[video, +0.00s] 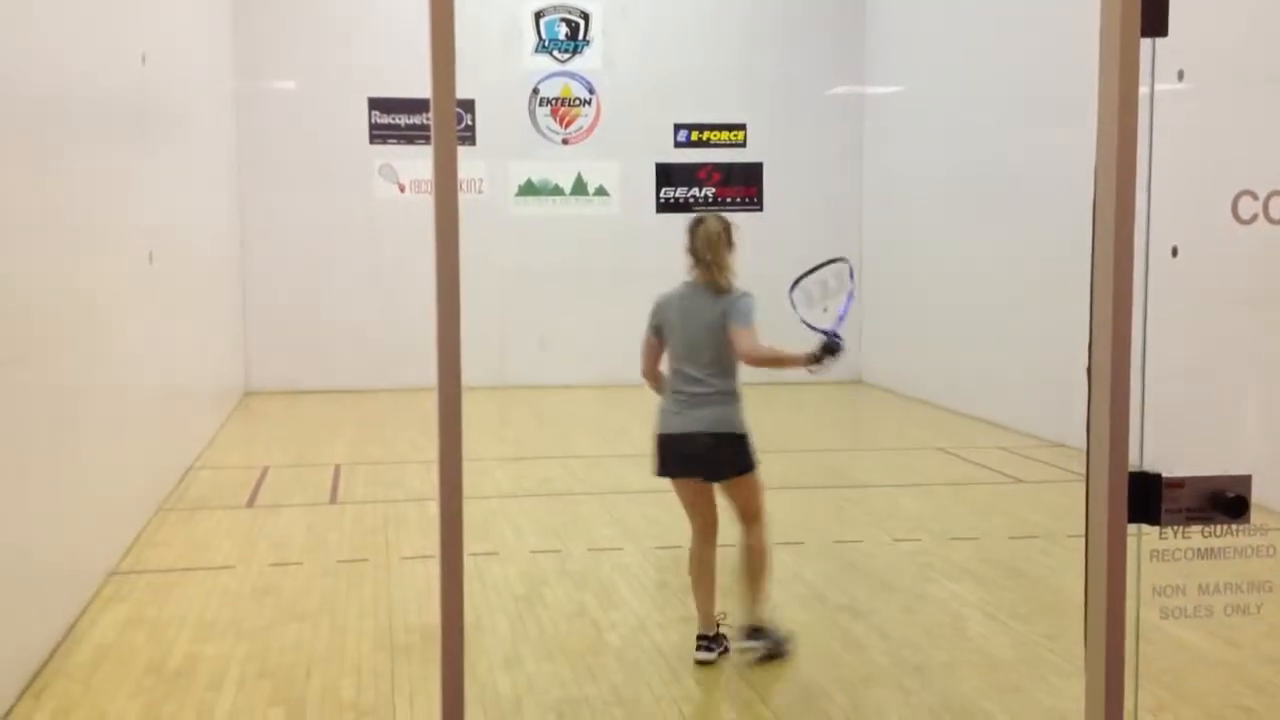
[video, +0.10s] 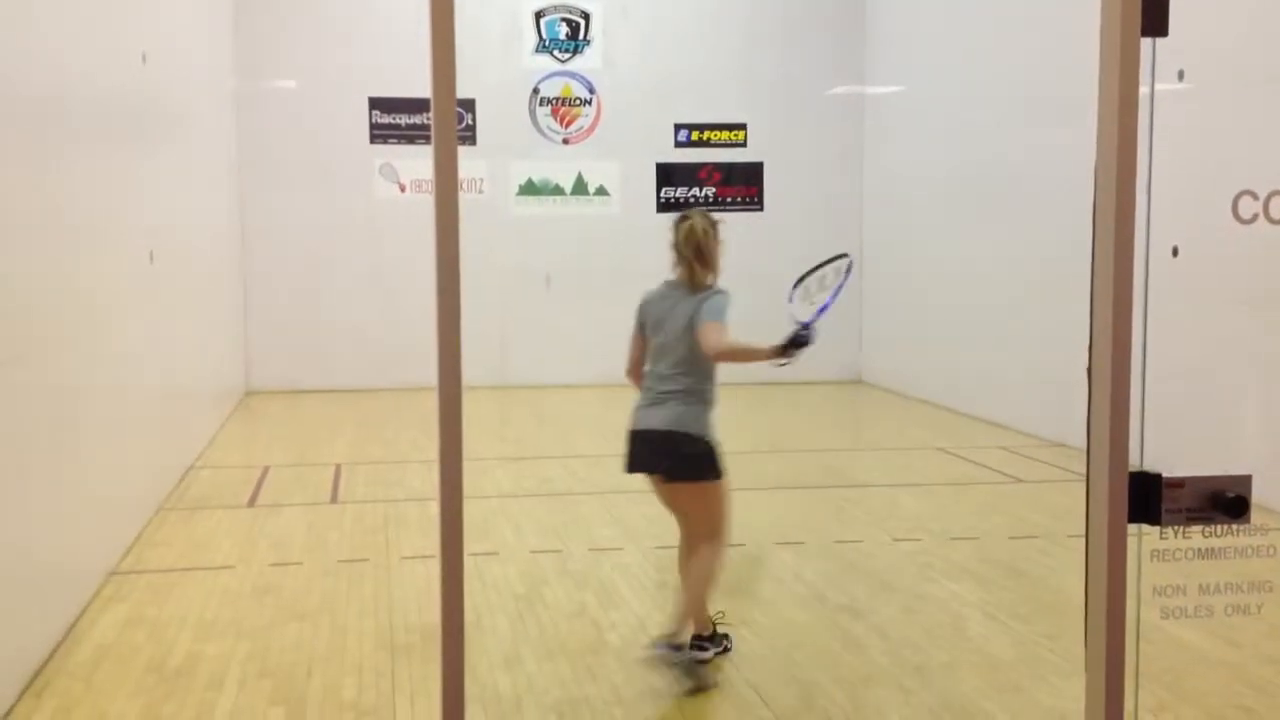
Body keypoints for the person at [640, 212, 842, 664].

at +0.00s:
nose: (734, 251)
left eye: (729, 242)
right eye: (732, 244)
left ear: (690, 250)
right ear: (727, 249)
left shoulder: (668, 302)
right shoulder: (734, 300)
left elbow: (649, 369)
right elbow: (749, 352)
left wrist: (677, 395)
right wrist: (806, 358)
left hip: (675, 436)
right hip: (723, 435)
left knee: (702, 529)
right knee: (752, 519)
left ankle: (707, 634)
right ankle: (754, 622)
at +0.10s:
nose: (722, 251)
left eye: (718, 242)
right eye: (719, 243)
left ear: (676, 249)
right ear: (711, 249)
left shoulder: (651, 300)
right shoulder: (711, 297)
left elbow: (635, 369)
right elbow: (713, 346)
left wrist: (671, 388)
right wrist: (776, 351)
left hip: (647, 434)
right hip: (686, 436)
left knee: (692, 535)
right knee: (711, 537)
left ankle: (701, 631)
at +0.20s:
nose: (706, 272)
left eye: (701, 263)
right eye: (704, 264)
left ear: (659, 268)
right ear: (697, 268)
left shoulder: (635, 316)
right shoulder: (688, 312)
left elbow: (619, 383)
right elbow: (681, 364)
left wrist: (656, 432)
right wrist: (743, 370)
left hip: (620, 443)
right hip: (650, 448)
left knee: (679, 524)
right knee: (658, 566)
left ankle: (693, 627)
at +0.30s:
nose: (682, 283)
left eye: (679, 274)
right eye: (681, 275)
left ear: (639, 278)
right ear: (676, 279)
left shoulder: (620, 327)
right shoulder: (659, 324)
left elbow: (613, 402)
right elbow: (645, 378)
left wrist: (661, 452)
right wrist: (706, 390)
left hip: (587, 452)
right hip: (607, 459)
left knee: (656, 523)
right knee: (648, 569)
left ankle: (649, 627)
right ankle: (605, 685)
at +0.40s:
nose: (662, 270)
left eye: (658, 262)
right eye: (661, 263)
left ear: (620, 263)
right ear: (655, 268)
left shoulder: (612, 313)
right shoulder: (628, 316)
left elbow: (617, 390)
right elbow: (600, 367)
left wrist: (660, 434)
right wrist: (657, 385)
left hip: (571, 440)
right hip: (568, 445)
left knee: (620, 527)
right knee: (603, 549)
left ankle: (580, 621)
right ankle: (599, 676)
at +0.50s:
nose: (633, 276)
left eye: (632, 268)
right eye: (632, 268)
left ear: (595, 268)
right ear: (624, 272)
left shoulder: (599, 320)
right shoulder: (595, 318)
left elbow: (591, 388)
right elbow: (563, 364)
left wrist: (641, 416)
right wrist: (618, 385)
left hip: (548, 446)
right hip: (537, 448)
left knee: (584, 540)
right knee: (570, 563)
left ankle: (522, 613)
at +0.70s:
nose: (590, 312)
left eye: (589, 303)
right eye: (591, 303)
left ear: (552, 299)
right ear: (586, 309)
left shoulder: (554, 352)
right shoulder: (543, 349)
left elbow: (568, 412)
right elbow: (510, 396)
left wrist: (594, 409)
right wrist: (567, 405)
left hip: (507, 474)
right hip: (491, 475)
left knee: (538, 551)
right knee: (507, 580)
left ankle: (473, 621)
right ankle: (459, 691)